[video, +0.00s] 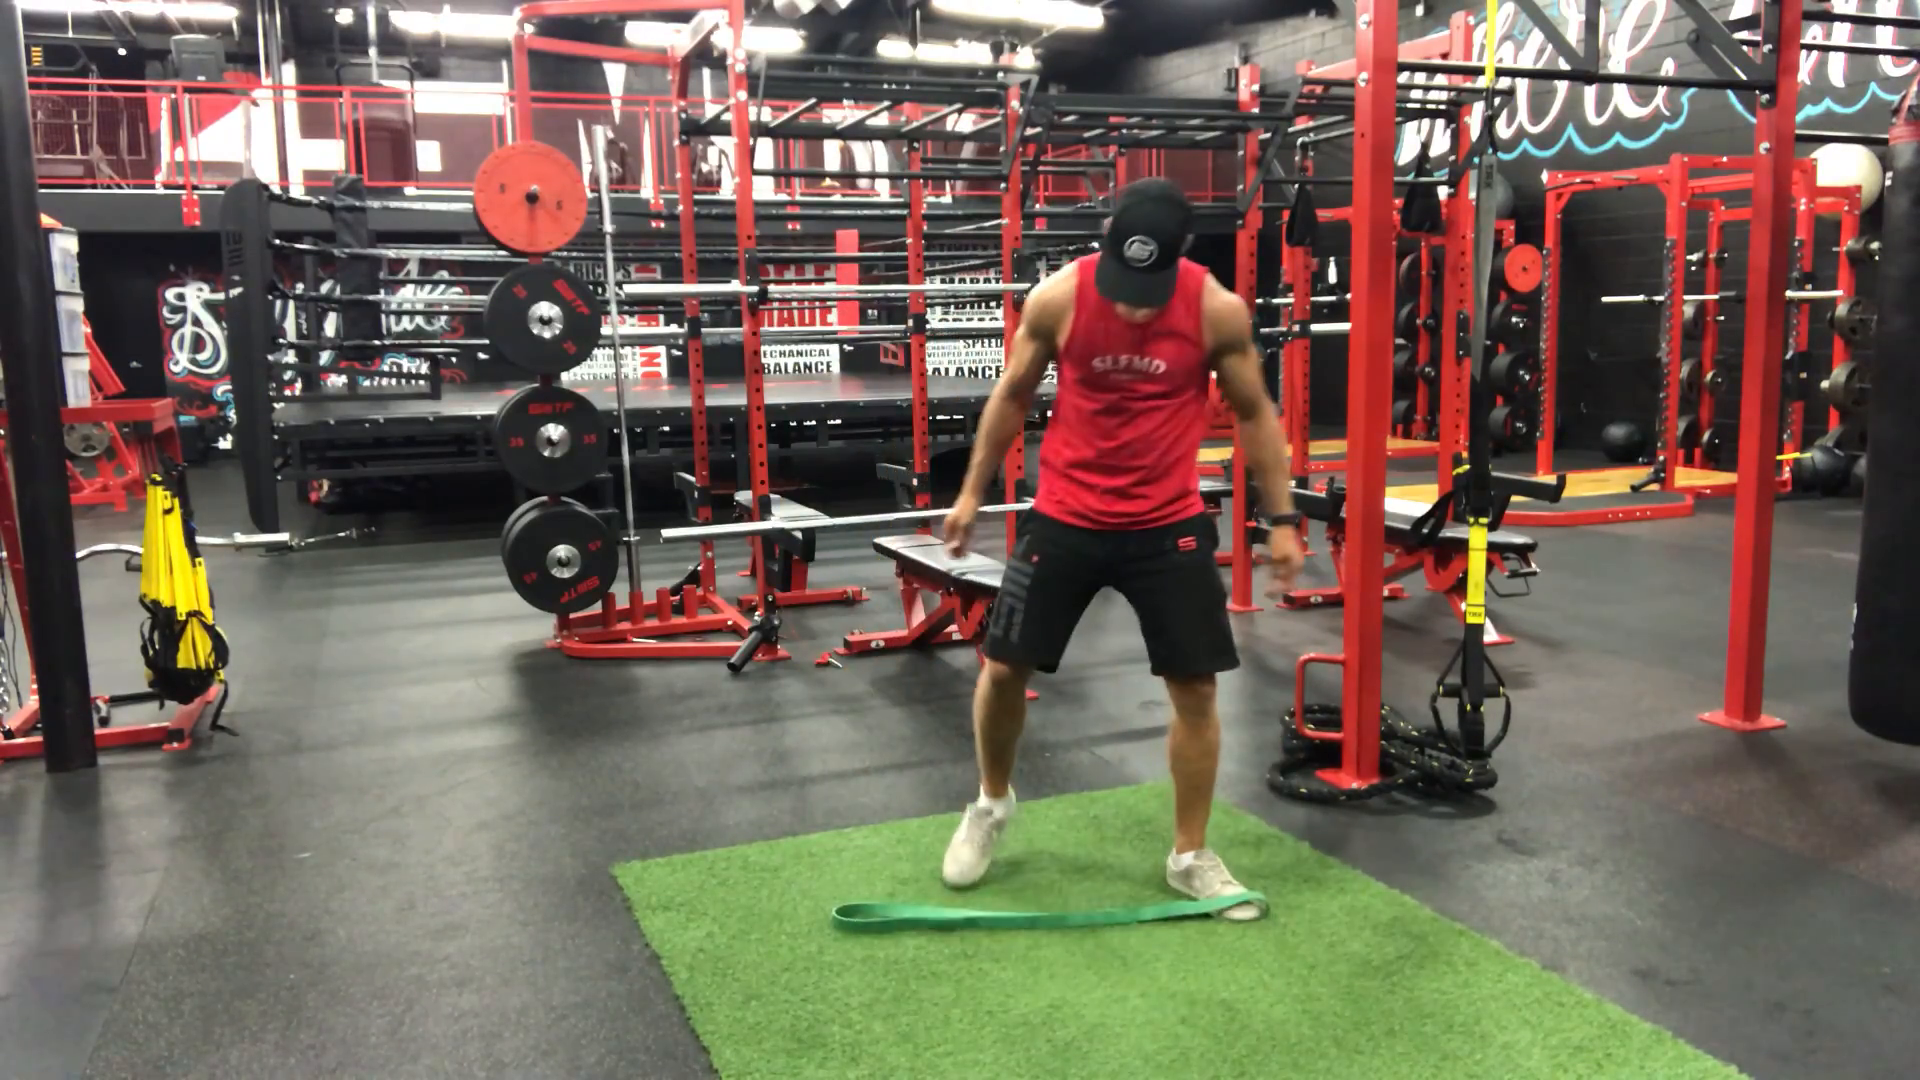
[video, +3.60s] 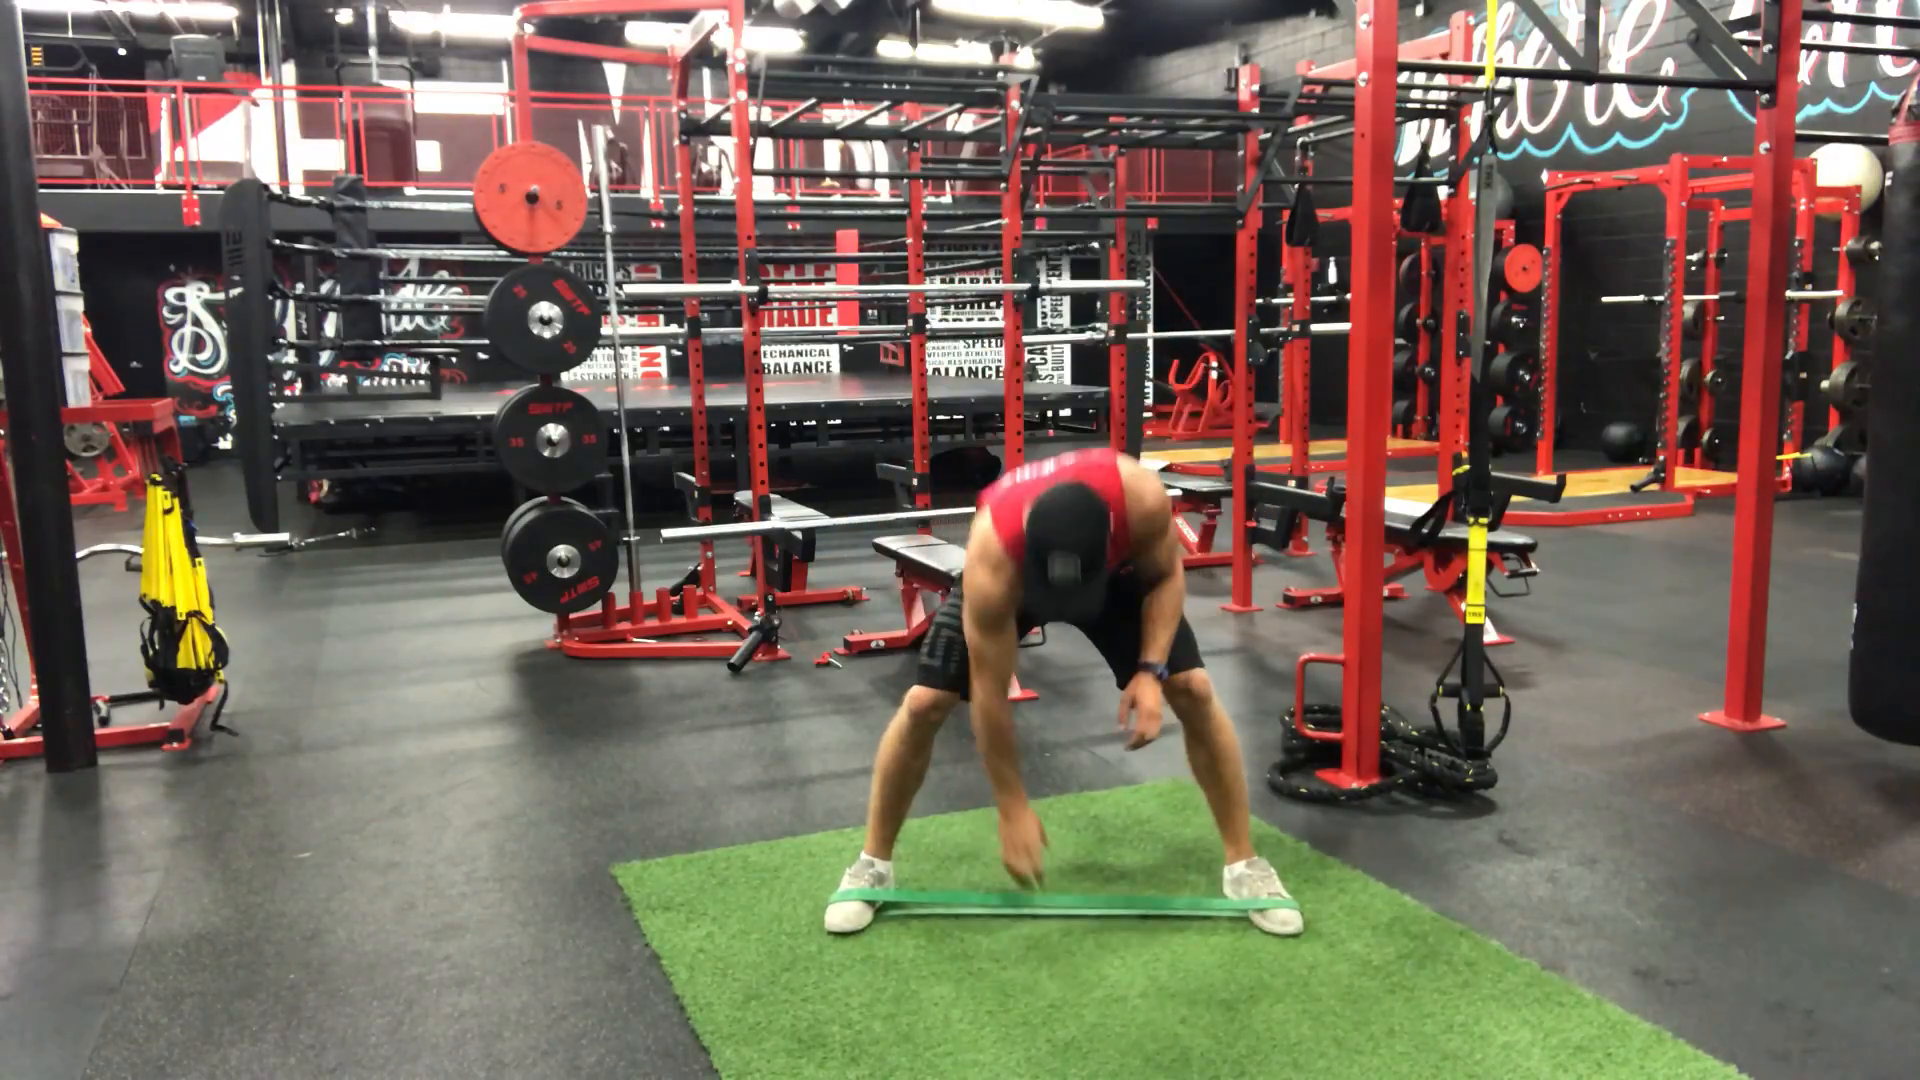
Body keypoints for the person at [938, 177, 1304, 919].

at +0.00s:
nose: (1136, 296)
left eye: (1151, 283)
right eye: (1124, 279)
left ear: (1180, 258)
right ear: (1105, 248)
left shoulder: (1218, 313)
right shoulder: (1057, 301)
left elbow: (1256, 413)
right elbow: (1011, 395)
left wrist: (1281, 519)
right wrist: (971, 493)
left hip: (1168, 527)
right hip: (1065, 522)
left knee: (1196, 687)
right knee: (1002, 670)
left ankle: (1191, 853)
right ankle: (990, 802)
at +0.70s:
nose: (1065, 297)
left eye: (1081, 283)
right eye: (1054, 280)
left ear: (1110, 259)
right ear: (1034, 252)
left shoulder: (1140, 315)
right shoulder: (986, 311)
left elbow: (1176, 412)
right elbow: (929, 413)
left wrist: (1232, 505)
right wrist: (887, 519)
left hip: (1105, 544)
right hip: (1002, 549)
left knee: (1164, 696)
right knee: (948, 705)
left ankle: (1187, 855)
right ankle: (897, 853)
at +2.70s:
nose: (1059, 316)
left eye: (1075, 300)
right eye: (1045, 298)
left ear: (1102, 273)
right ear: (1022, 268)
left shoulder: (1136, 336)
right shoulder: (978, 331)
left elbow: (1212, 429)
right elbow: (915, 436)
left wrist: (1231, 510)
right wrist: (892, 541)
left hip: (1110, 551)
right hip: (999, 556)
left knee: (1178, 700)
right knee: (932, 709)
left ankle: (1241, 862)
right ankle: (874, 862)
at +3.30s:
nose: (1056, 364)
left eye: (1071, 349)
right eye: (1043, 349)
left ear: (1098, 318)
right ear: (1019, 317)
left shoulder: (1137, 363)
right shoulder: (975, 373)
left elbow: (1204, 462)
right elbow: (923, 488)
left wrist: (1215, 561)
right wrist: (914, 608)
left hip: (1110, 557)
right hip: (1001, 559)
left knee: (1183, 697)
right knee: (930, 704)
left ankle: (1242, 862)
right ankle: (874, 863)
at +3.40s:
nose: (1061, 437)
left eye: (1076, 426)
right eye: (1047, 426)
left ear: (1104, 395)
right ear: (1024, 393)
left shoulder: (1143, 412)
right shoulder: (981, 421)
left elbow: (1191, 515)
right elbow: (940, 553)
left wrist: (1193, 622)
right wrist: (952, 677)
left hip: (1109, 564)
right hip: (1000, 567)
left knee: (1187, 696)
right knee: (927, 703)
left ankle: (1243, 864)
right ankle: (873, 861)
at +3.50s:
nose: (1065, 532)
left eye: (1080, 523)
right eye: (1050, 524)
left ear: (1107, 478)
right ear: (1026, 481)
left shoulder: (1143, 458)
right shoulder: (985, 489)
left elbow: (1177, 553)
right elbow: (967, 627)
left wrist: (1168, 657)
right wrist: (984, 748)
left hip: (1112, 566)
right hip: (1005, 572)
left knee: (1192, 694)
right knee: (922, 701)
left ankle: (1243, 863)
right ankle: (872, 860)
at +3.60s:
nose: (1061, 603)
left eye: (1076, 590)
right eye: (1047, 591)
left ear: (1109, 544)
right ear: (1025, 552)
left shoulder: (1145, 501)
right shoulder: (989, 559)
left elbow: (1166, 576)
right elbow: (989, 694)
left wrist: (1150, 671)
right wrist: (1012, 809)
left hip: (1116, 574)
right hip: (1003, 577)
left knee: (1195, 692)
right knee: (922, 703)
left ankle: (1243, 862)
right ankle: (872, 861)